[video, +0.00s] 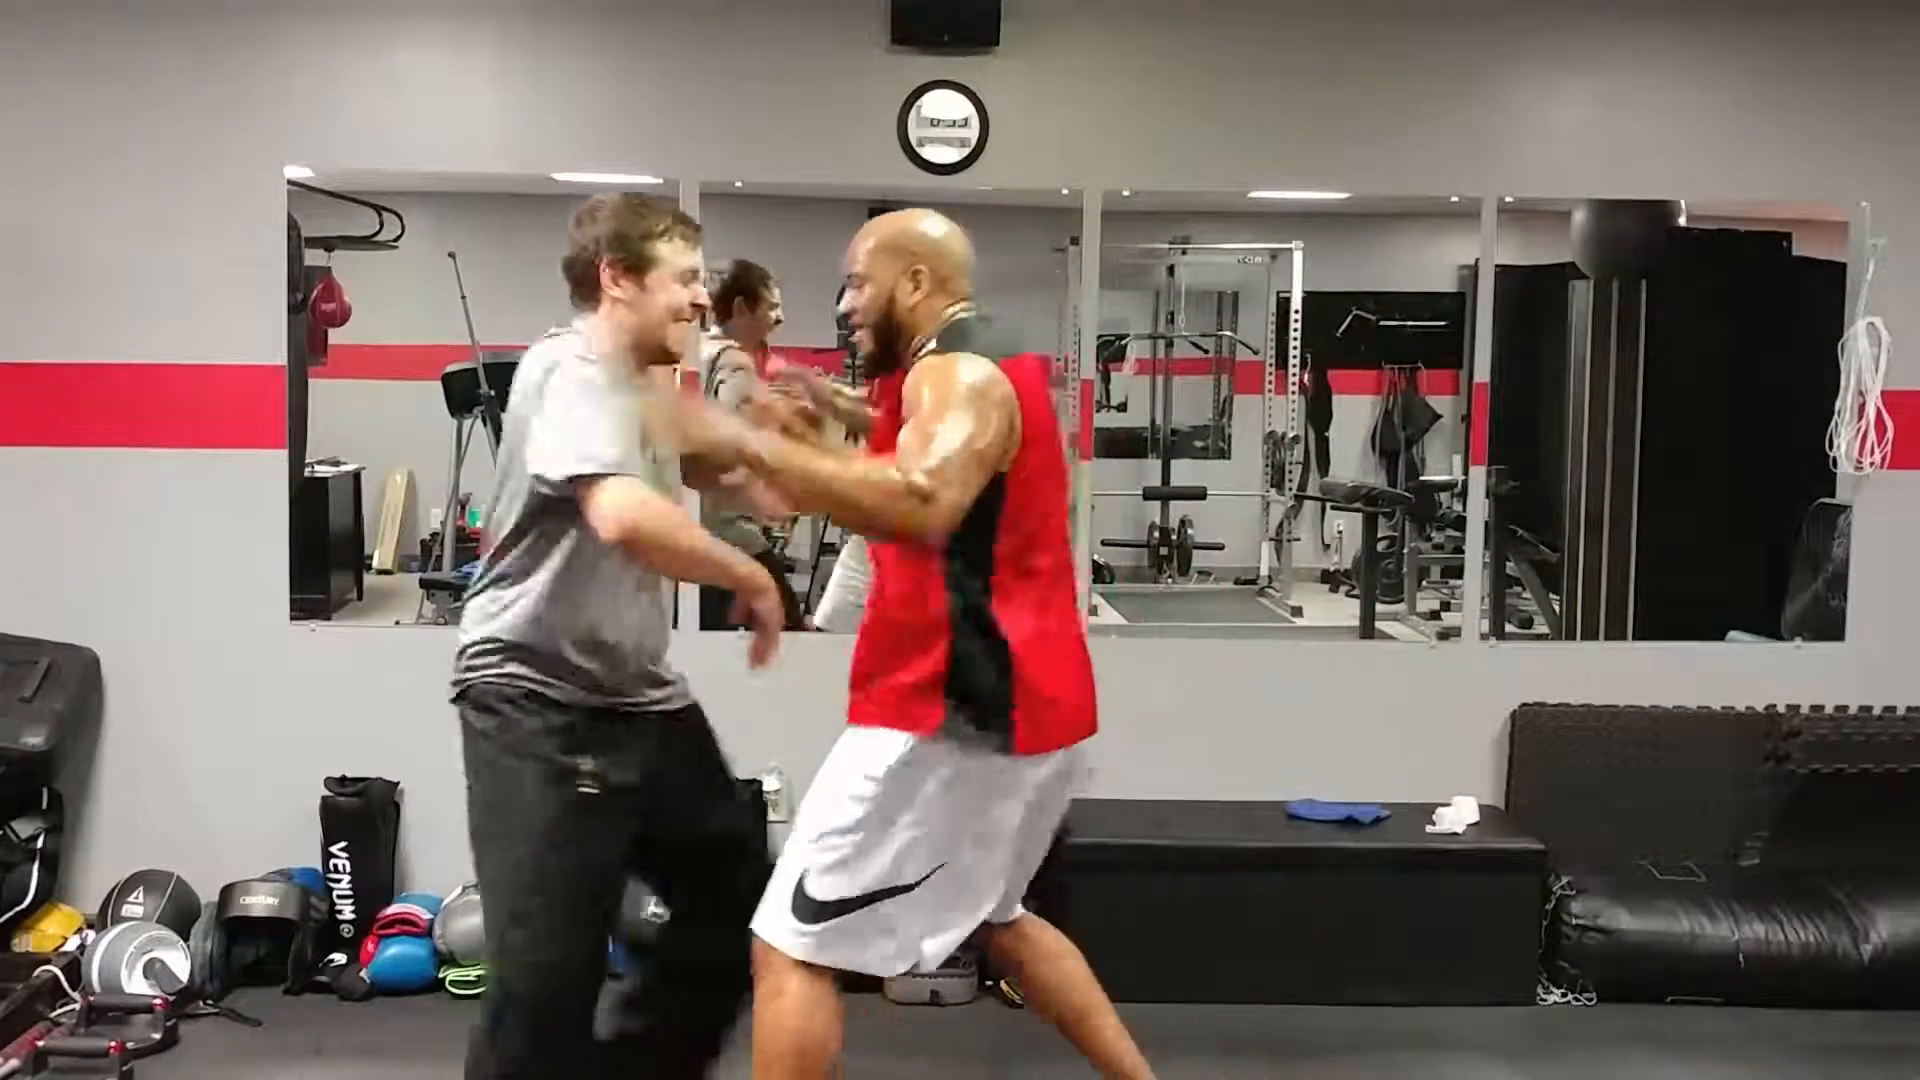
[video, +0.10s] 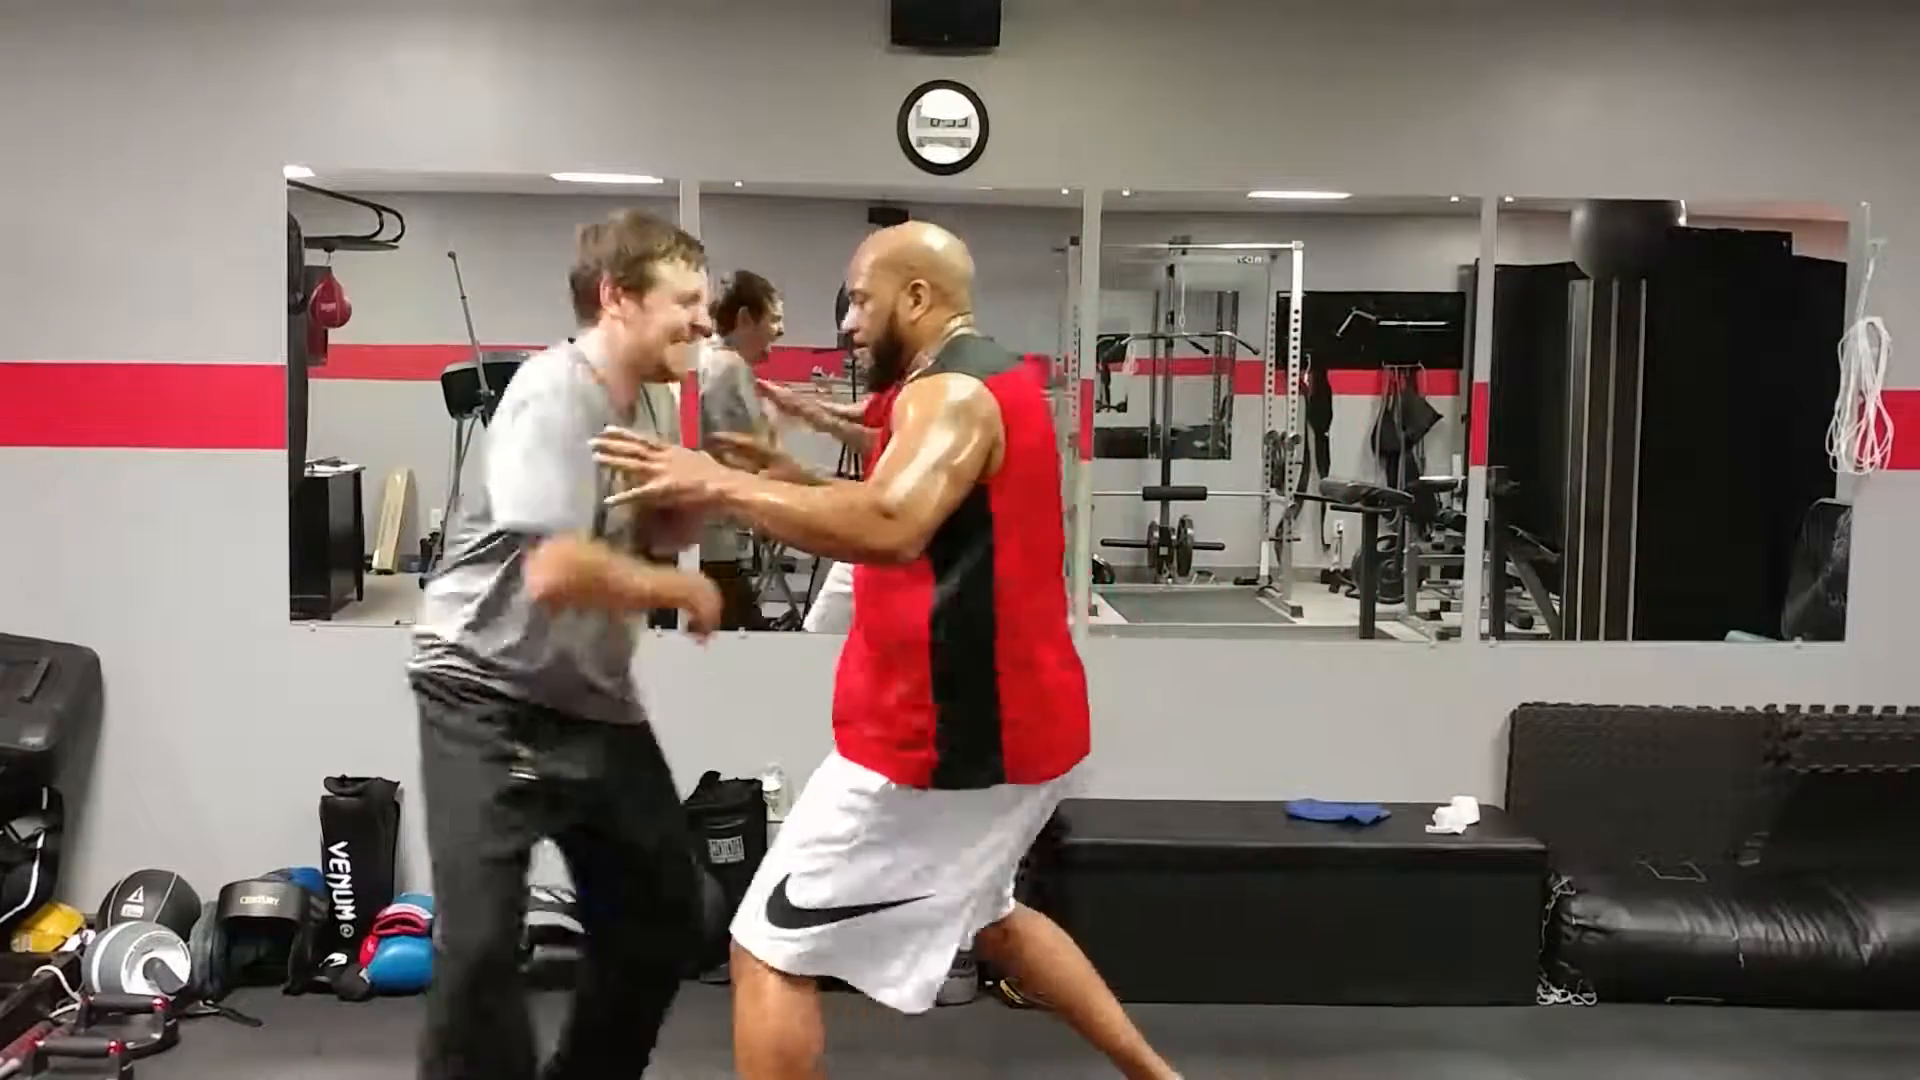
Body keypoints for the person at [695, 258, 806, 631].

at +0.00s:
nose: (779, 318)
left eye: (778, 307)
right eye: (771, 307)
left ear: (739, 309)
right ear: (740, 309)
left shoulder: (722, 358)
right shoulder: (735, 367)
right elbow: (722, 461)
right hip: (738, 525)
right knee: (788, 625)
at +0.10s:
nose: (780, 330)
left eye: (780, 320)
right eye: (774, 320)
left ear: (743, 321)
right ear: (745, 320)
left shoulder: (710, 361)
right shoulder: (730, 369)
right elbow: (739, 456)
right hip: (719, 547)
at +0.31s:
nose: (765, 381)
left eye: (766, 371)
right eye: (760, 370)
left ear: (727, 365)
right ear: (729, 363)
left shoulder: (701, 414)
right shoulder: (689, 415)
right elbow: (661, 507)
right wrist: (708, 492)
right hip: (633, 564)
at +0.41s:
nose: (732, 366)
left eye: (734, 355)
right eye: (727, 355)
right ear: (700, 353)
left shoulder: (647, 383)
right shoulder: (661, 397)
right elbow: (640, 499)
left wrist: (676, 517)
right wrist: (684, 488)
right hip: (604, 554)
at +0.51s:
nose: (698, 340)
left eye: (700, 328)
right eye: (693, 328)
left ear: (660, 325)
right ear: (664, 326)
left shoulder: (620, 363)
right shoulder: (641, 379)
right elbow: (649, 475)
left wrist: (664, 467)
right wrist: (676, 465)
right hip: (598, 554)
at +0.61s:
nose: (678, 323)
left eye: (678, 311)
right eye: (673, 311)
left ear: (636, 311)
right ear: (644, 311)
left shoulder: (594, 348)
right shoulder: (629, 363)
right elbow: (664, 450)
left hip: (549, 541)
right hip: (599, 549)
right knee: (645, 659)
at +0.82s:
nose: (662, 314)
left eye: (661, 302)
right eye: (653, 303)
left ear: (612, 308)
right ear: (618, 308)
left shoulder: (570, 345)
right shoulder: (619, 354)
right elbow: (686, 407)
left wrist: (654, 354)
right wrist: (671, 347)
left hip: (537, 531)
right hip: (594, 540)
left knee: (546, 654)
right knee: (653, 645)